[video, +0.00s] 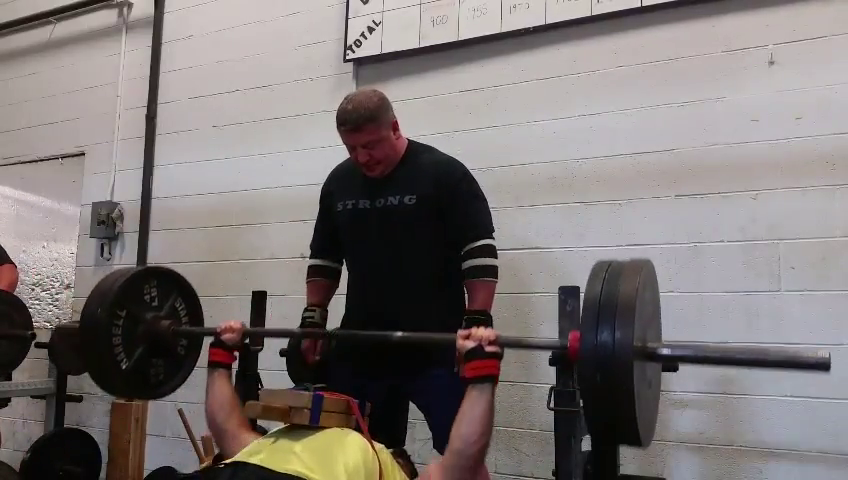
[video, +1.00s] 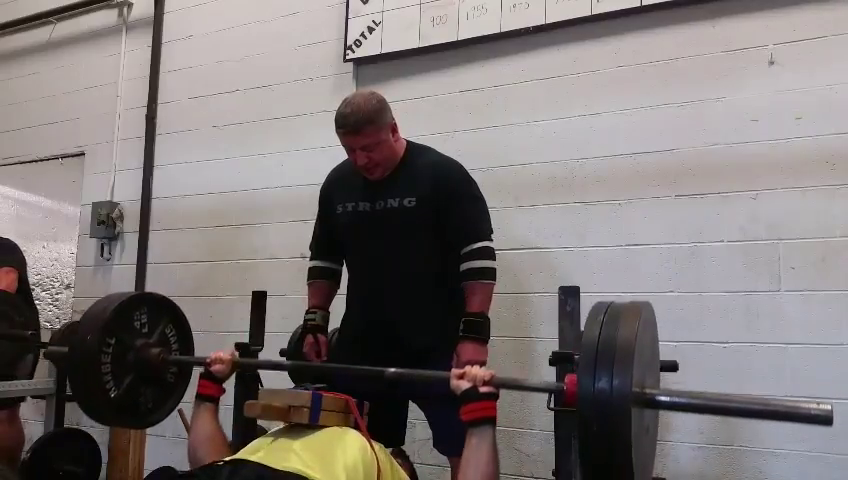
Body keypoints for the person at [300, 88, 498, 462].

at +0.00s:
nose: (362, 157)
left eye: (371, 145)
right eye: (353, 148)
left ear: (395, 129)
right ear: (343, 140)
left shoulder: (446, 175)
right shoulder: (340, 183)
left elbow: (480, 254)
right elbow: (324, 260)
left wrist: (477, 322)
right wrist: (313, 319)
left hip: (438, 343)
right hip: (364, 344)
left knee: (463, 456)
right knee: (368, 460)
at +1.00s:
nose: (361, 159)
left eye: (369, 148)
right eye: (351, 150)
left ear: (395, 131)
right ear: (342, 142)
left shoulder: (445, 177)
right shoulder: (338, 185)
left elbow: (478, 259)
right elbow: (325, 261)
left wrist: (474, 335)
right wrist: (315, 323)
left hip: (438, 339)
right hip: (365, 338)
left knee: (463, 450)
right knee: (367, 451)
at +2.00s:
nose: (361, 162)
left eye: (369, 151)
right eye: (352, 153)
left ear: (394, 133)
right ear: (342, 145)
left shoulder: (444, 177)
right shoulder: (339, 186)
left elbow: (478, 259)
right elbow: (326, 262)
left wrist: (473, 336)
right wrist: (317, 324)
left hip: (438, 339)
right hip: (367, 339)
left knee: (464, 451)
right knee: (372, 450)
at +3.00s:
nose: (360, 163)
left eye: (368, 152)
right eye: (351, 154)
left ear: (394, 134)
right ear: (341, 145)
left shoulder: (445, 178)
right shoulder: (338, 186)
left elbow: (478, 260)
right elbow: (327, 262)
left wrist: (473, 337)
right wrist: (319, 327)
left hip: (439, 341)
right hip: (366, 340)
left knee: (466, 451)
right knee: (367, 452)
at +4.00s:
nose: (347, 160)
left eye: (354, 150)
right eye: (341, 150)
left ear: (386, 135)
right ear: (335, 141)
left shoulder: (438, 169)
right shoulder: (338, 185)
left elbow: (482, 222)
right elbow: (310, 239)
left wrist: (448, 289)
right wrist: (294, 290)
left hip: (437, 340)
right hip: (365, 342)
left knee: (462, 455)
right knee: (362, 457)